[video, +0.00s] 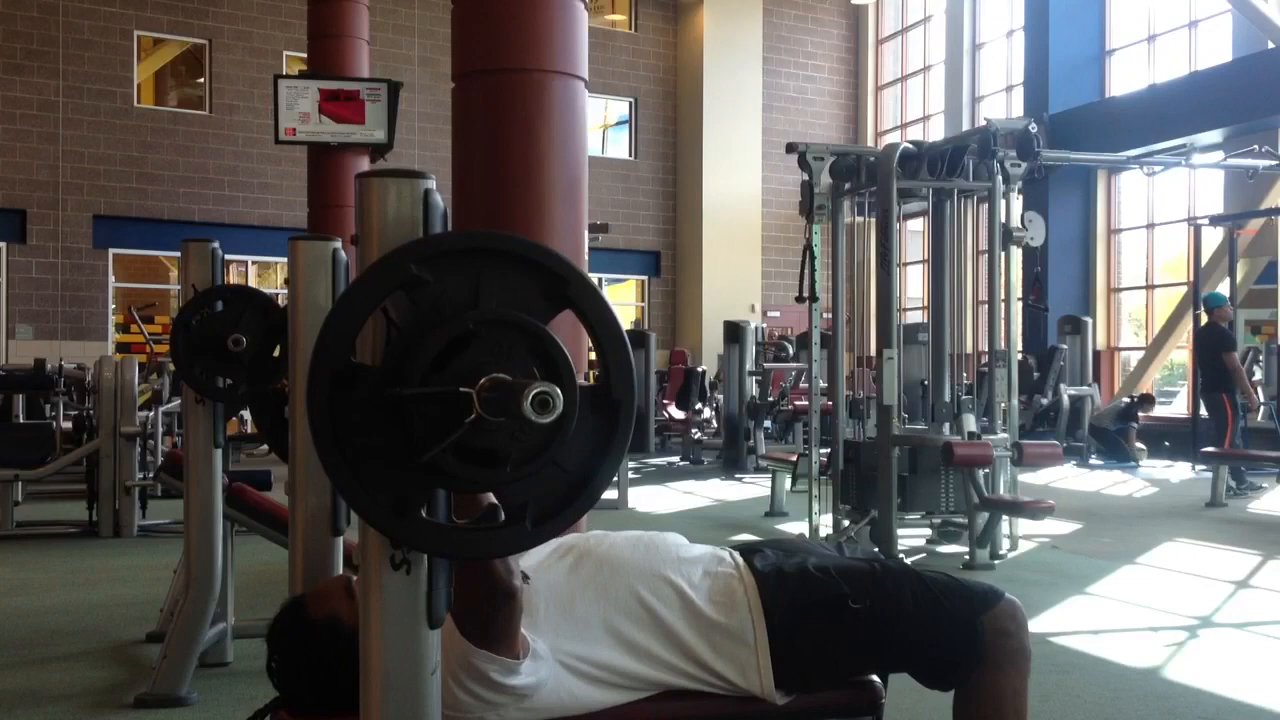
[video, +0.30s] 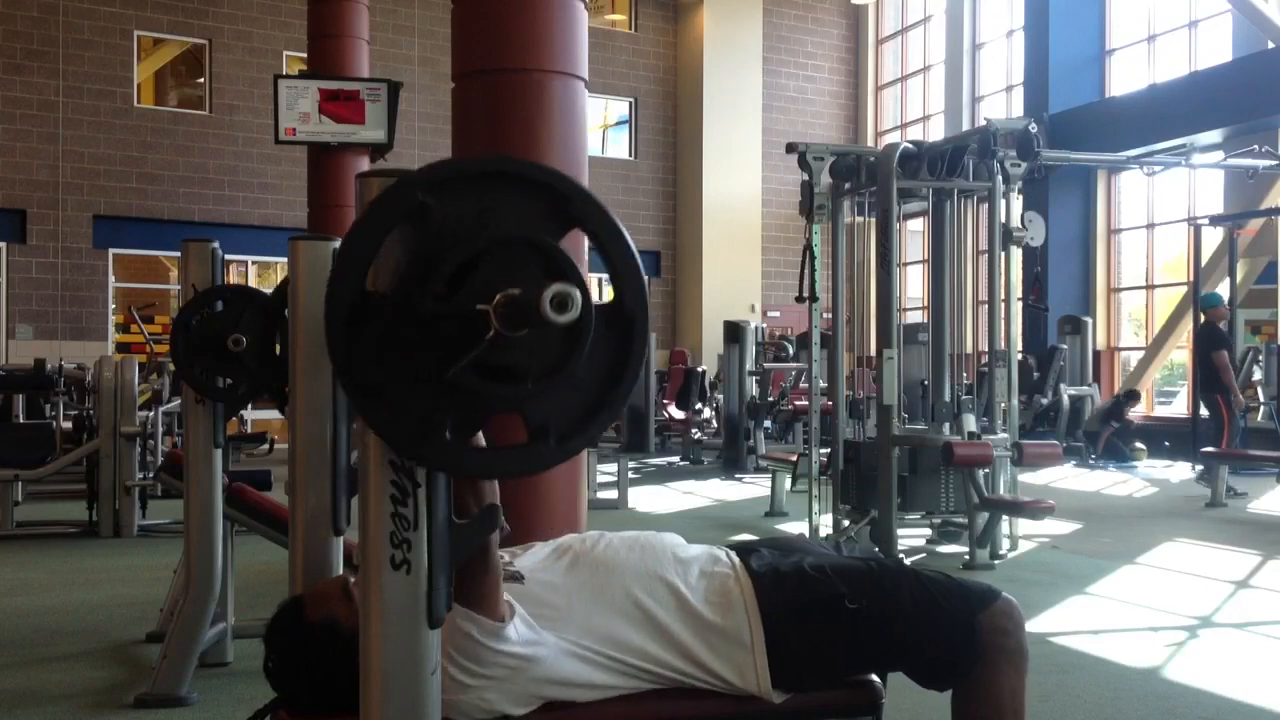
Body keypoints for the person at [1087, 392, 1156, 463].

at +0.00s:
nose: (1151, 410)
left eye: (1152, 408)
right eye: (1150, 407)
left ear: (1140, 400)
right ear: (1144, 404)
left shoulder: (1127, 402)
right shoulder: (1133, 414)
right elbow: (1130, 441)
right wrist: (1135, 460)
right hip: (1100, 428)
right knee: (1125, 458)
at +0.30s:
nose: (1136, 404)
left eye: (1137, 402)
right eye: (1136, 402)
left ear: (1126, 396)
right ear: (1131, 401)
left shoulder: (1117, 400)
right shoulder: (1119, 411)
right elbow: (1104, 433)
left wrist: (1128, 421)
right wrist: (1098, 454)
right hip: (1095, 433)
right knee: (1124, 455)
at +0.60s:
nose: (1117, 398)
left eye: (1117, 395)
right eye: (1116, 395)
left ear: (1104, 392)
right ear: (1111, 395)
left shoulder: (1095, 401)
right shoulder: (1101, 407)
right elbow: (1092, 432)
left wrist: (1116, 419)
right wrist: (1089, 452)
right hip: (1086, 439)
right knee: (1121, 455)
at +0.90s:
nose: (1109, 395)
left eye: (1108, 393)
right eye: (1107, 393)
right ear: (1101, 393)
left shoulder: (1089, 401)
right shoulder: (1092, 404)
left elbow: (1098, 418)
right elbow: (1090, 430)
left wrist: (1111, 416)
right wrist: (1088, 451)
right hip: (1083, 438)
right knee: (1118, 447)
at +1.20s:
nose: (1109, 397)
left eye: (1109, 394)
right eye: (1107, 394)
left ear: (1098, 393)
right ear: (1101, 394)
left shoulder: (1092, 404)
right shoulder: (1092, 406)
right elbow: (1088, 430)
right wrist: (1085, 450)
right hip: (1079, 440)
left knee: (1108, 422)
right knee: (1115, 443)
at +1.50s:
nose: (1108, 397)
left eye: (1108, 394)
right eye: (1106, 394)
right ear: (1099, 394)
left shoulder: (1097, 406)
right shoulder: (1090, 406)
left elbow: (1109, 422)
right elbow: (1084, 429)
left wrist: (1120, 435)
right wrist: (1080, 448)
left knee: (1107, 423)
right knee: (1113, 441)